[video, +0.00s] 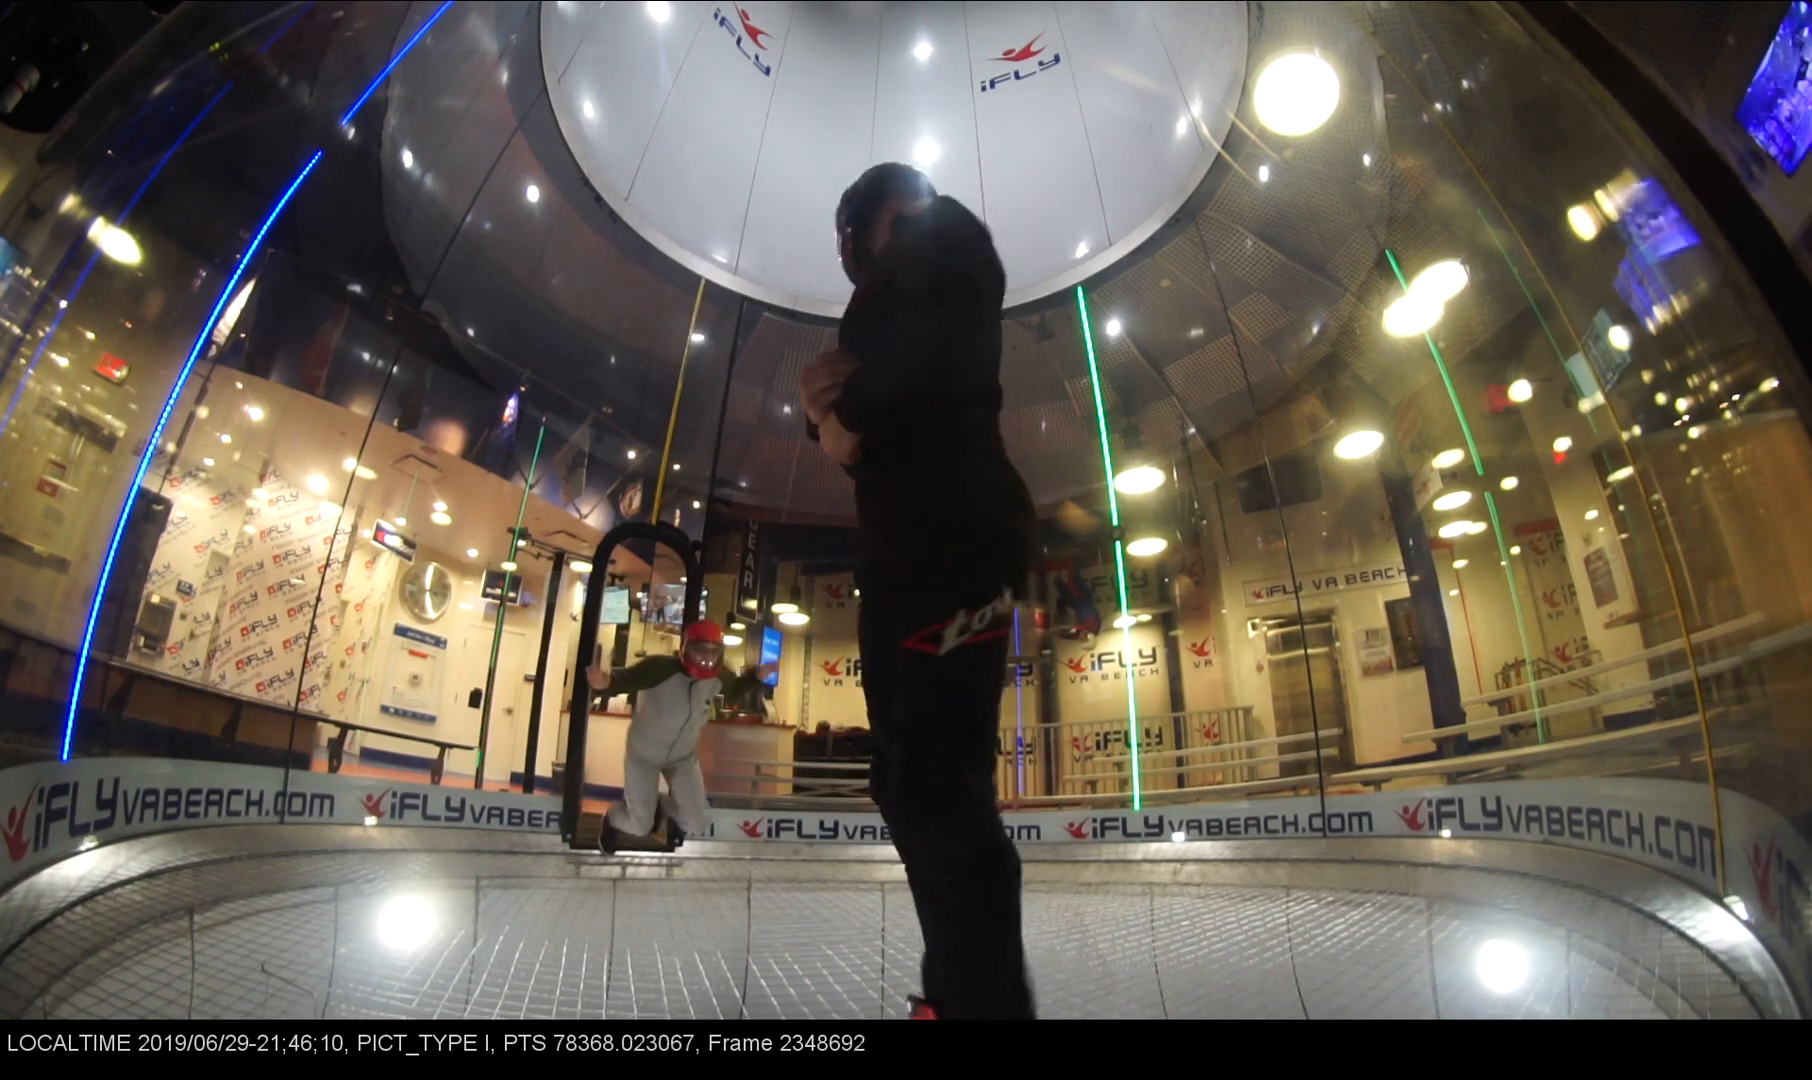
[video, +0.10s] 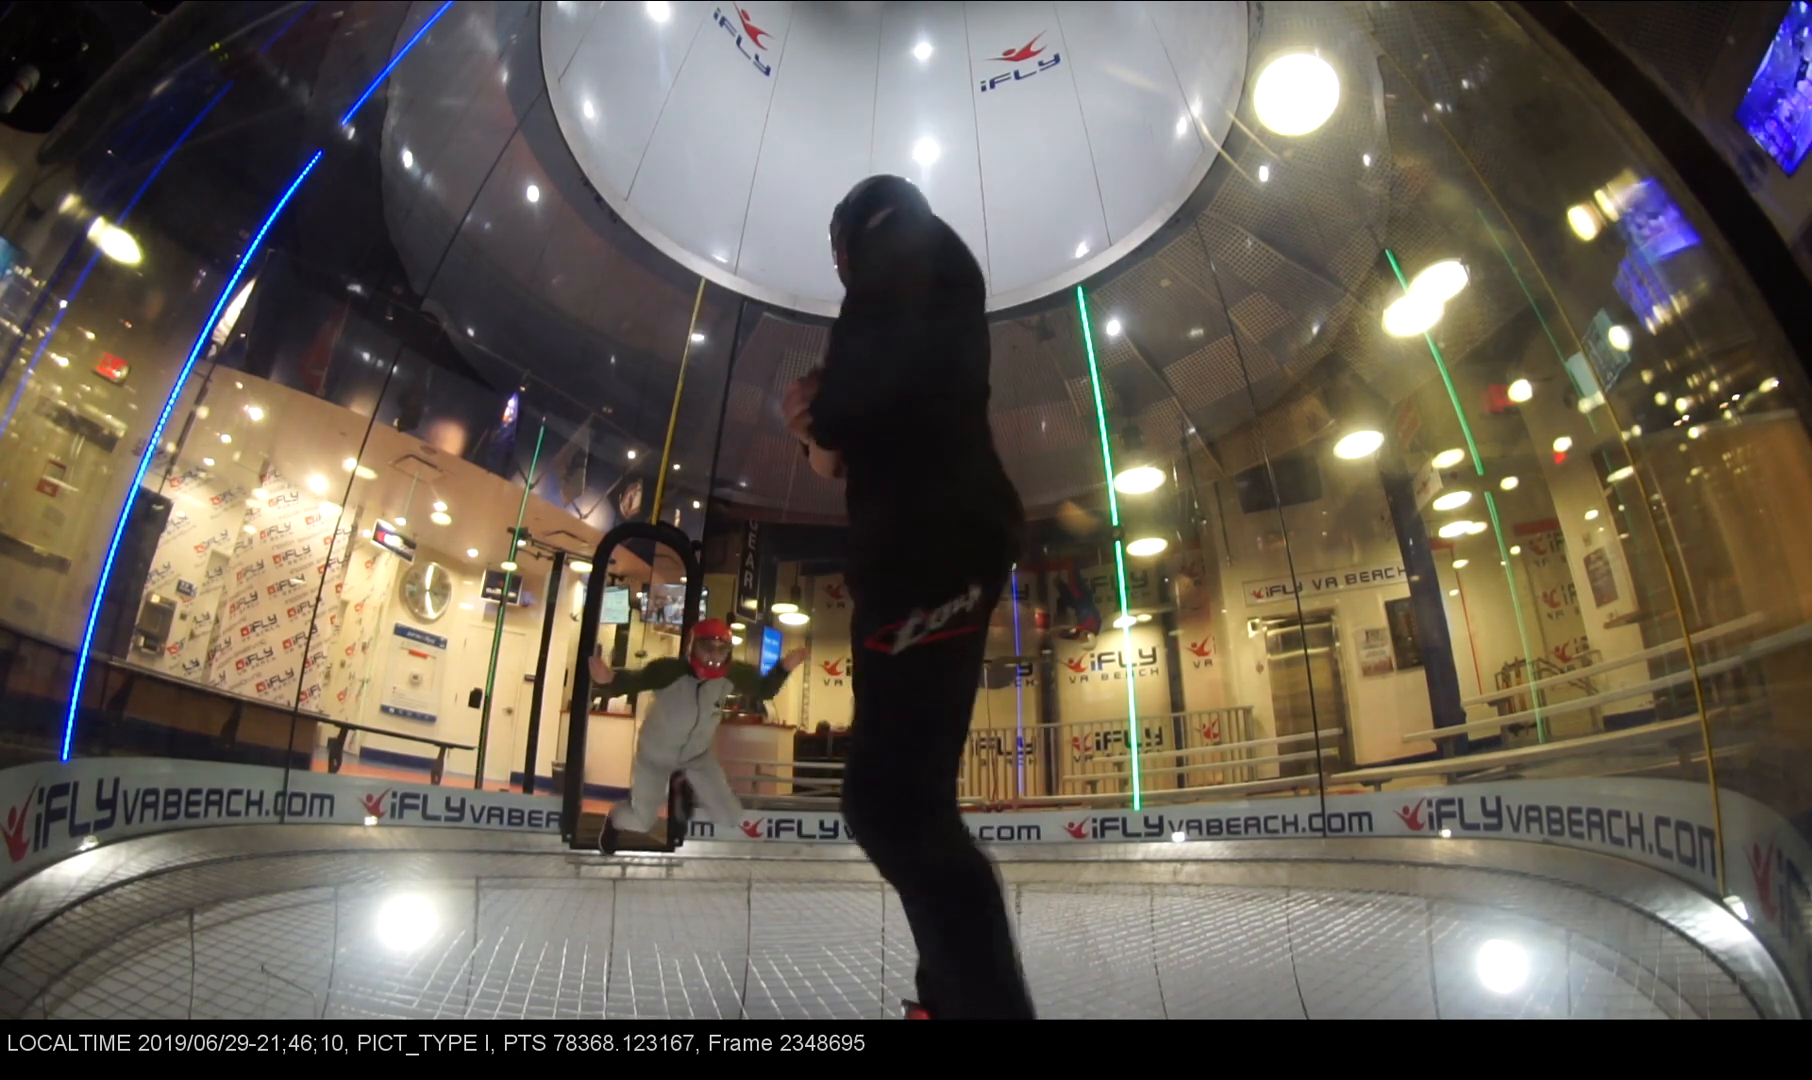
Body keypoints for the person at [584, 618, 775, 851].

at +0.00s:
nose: (706, 657)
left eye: (713, 652)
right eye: (700, 650)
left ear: (720, 654)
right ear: (686, 648)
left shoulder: (716, 678)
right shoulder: (661, 668)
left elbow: (734, 689)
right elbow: (627, 679)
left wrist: (755, 676)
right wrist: (605, 683)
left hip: (683, 760)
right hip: (643, 759)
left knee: (695, 825)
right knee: (642, 826)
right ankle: (612, 819)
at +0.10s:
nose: (714, 655)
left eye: (721, 649)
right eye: (707, 647)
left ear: (728, 652)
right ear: (693, 646)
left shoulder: (732, 675)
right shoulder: (670, 671)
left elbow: (764, 689)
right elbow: (634, 680)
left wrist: (784, 668)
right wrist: (609, 679)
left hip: (698, 758)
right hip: (654, 759)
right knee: (642, 821)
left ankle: (687, 803)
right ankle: (614, 821)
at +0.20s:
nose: (722, 646)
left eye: (729, 640)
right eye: (715, 639)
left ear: (737, 643)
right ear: (701, 640)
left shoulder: (743, 669)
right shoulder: (677, 664)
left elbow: (790, 681)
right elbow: (630, 676)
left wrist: (808, 652)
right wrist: (606, 667)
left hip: (722, 756)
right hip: (674, 759)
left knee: (761, 809)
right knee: (654, 815)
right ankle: (620, 820)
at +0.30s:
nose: (730, 637)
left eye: (737, 630)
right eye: (723, 629)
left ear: (746, 635)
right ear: (708, 632)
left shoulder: (756, 660)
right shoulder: (686, 660)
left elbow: (803, 671)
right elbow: (640, 668)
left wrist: (815, 644)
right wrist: (616, 658)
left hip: (745, 753)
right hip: (694, 757)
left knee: (785, 807)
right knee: (675, 812)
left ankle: (784, 767)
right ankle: (648, 801)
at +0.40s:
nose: (739, 632)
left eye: (746, 625)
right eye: (731, 625)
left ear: (754, 630)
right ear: (717, 629)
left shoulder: (764, 657)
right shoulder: (698, 657)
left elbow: (810, 668)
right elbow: (659, 669)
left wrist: (841, 668)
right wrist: (619, 670)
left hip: (767, 750)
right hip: (714, 756)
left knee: (814, 800)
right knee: (700, 816)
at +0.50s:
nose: (746, 633)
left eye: (753, 625)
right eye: (739, 625)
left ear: (764, 631)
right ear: (724, 630)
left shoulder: (777, 659)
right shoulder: (709, 664)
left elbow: (826, 670)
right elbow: (665, 682)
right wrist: (616, 693)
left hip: (789, 744)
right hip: (737, 755)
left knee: (828, 787)